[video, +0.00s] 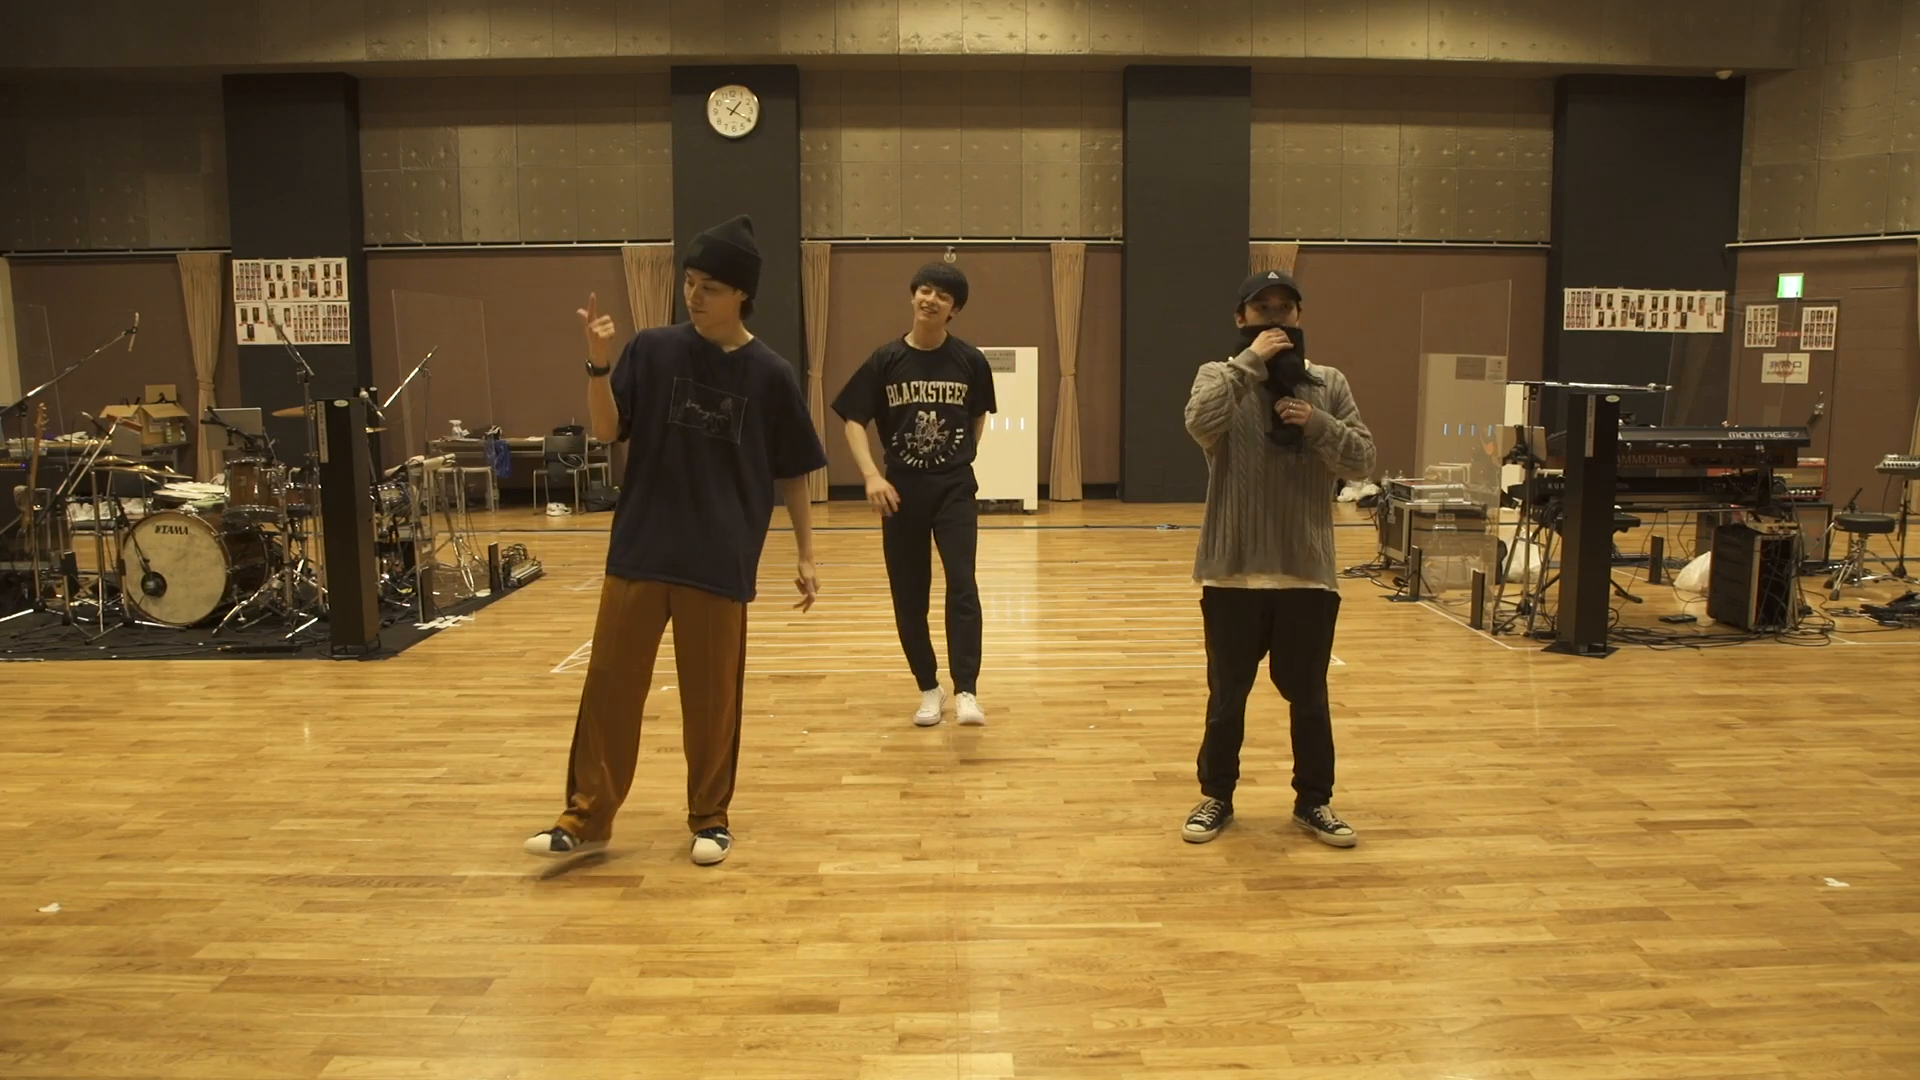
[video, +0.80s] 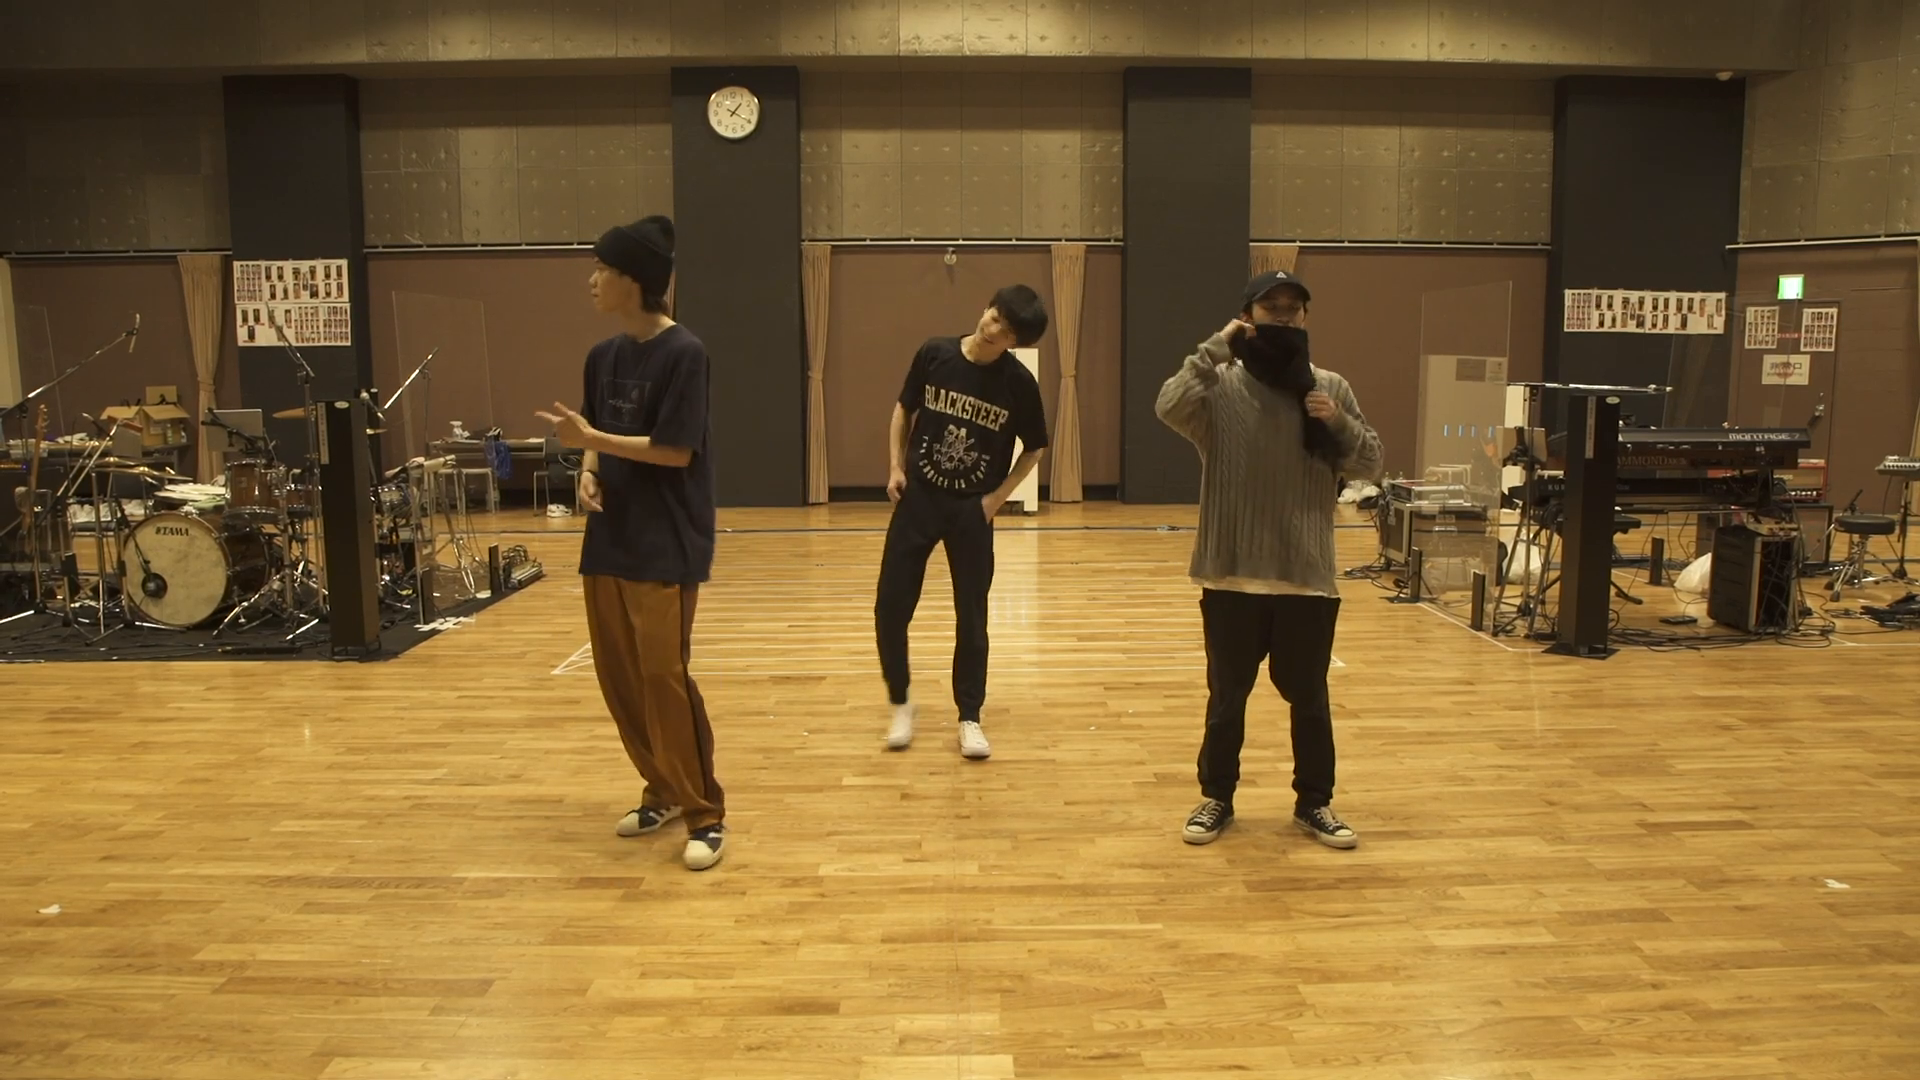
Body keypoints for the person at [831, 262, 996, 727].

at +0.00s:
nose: (930, 299)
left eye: (941, 295)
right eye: (925, 290)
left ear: (955, 307)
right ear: (912, 297)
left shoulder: (971, 362)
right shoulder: (885, 360)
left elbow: (977, 418)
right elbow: (853, 420)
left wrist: (960, 462)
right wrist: (871, 474)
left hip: (955, 490)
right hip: (902, 492)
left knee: (963, 587)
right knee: (908, 595)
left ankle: (966, 691)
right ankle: (929, 690)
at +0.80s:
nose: (993, 326)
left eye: (1005, 329)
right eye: (995, 315)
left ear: (1016, 341)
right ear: (986, 308)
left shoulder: (1019, 385)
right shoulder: (934, 354)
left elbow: (1035, 446)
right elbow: (903, 409)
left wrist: (999, 496)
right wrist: (896, 466)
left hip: (971, 511)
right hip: (917, 501)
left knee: (973, 617)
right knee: (890, 608)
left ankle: (971, 719)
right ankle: (899, 704)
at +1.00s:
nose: (999, 356)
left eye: (1009, 351)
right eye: (996, 346)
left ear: (1017, 346)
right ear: (978, 327)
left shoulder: (1018, 387)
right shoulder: (929, 364)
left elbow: (1021, 453)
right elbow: (890, 417)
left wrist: (993, 507)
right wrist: (898, 480)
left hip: (975, 513)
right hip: (922, 503)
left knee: (974, 621)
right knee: (894, 606)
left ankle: (970, 721)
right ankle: (881, 703)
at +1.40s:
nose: (958, 365)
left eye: (965, 359)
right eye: (955, 357)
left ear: (974, 352)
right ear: (937, 341)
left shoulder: (980, 383)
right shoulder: (896, 380)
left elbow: (995, 450)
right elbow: (880, 448)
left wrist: (979, 508)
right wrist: (894, 508)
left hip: (962, 515)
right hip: (910, 515)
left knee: (968, 615)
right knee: (911, 610)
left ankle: (971, 716)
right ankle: (925, 689)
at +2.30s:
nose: (881, 316)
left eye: (887, 307)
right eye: (872, 310)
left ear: (902, 309)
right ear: (860, 318)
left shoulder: (938, 355)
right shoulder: (858, 370)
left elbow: (970, 413)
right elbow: (856, 417)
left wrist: (963, 470)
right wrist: (868, 355)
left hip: (948, 487)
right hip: (897, 495)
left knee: (989, 581)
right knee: (902, 592)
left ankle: (1027, 677)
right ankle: (912, 684)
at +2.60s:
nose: (901, 315)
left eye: (910, 309)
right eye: (897, 308)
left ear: (931, 316)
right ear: (889, 312)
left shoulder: (956, 365)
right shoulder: (878, 361)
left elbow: (978, 427)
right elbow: (885, 397)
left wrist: (968, 481)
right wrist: (901, 332)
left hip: (952, 492)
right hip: (901, 496)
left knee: (982, 586)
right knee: (909, 594)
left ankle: (1011, 683)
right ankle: (920, 686)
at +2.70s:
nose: (919, 308)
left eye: (930, 303)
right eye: (913, 300)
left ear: (946, 315)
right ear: (903, 311)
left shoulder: (964, 370)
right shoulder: (884, 360)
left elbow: (984, 435)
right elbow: (897, 399)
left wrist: (971, 486)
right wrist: (918, 339)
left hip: (953, 493)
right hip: (903, 496)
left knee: (980, 594)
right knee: (909, 596)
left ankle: (1004, 694)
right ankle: (920, 687)